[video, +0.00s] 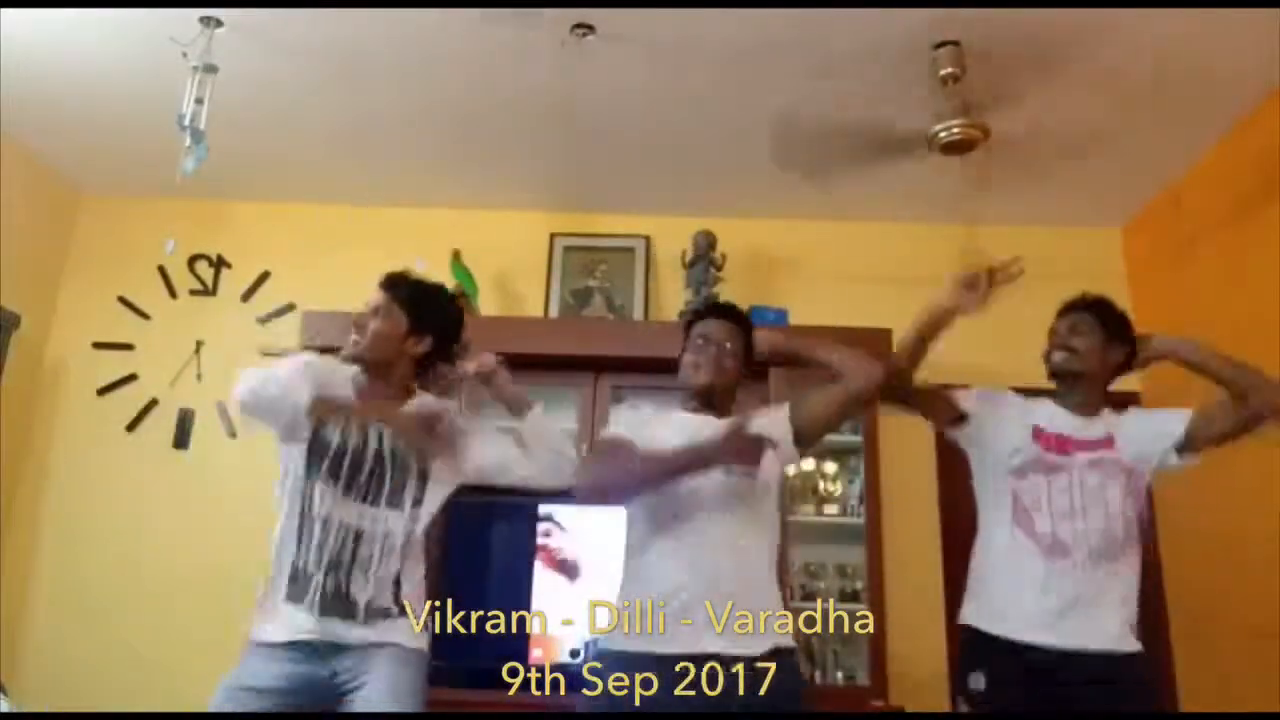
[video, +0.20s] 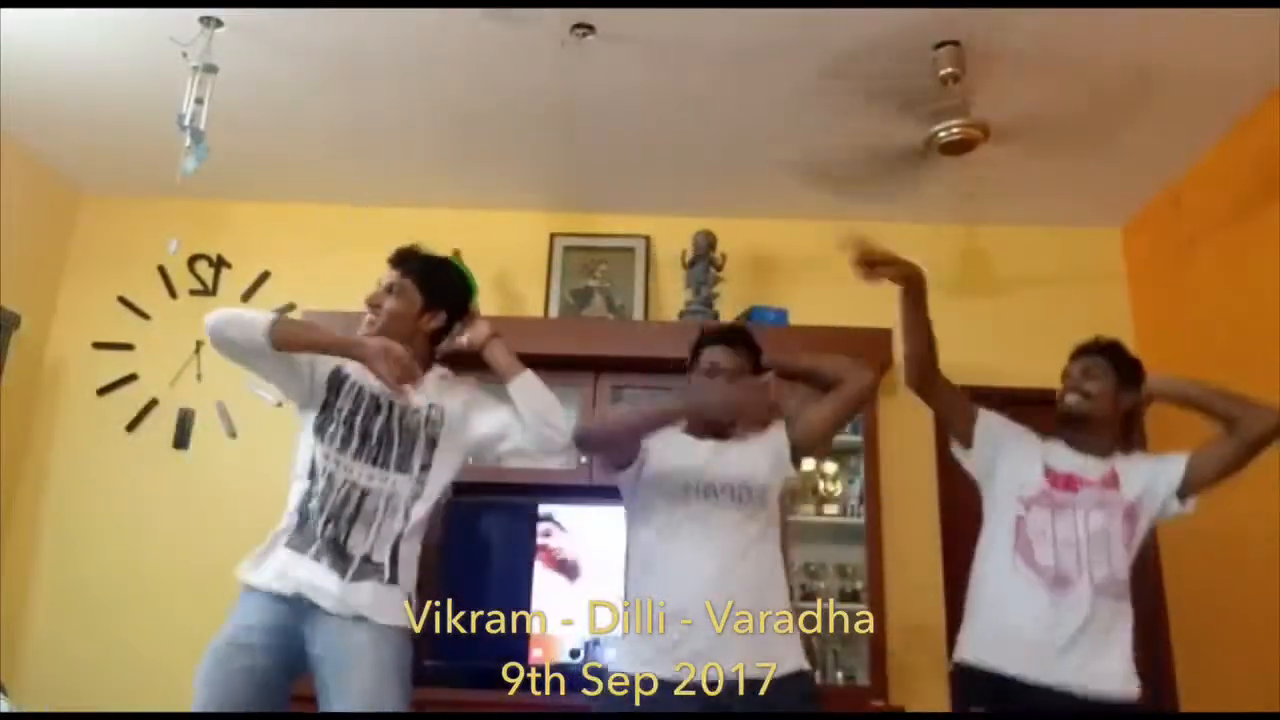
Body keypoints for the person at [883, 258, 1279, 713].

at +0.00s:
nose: (1059, 343)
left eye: (1078, 334)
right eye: (1055, 334)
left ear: (1116, 357)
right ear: (1045, 350)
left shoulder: (1139, 434)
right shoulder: (995, 415)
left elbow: (1262, 401)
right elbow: (889, 385)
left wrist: (1175, 349)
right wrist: (944, 312)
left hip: (1105, 661)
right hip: (1002, 654)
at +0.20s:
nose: (1074, 382)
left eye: (1093, 375)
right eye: (1068, 376)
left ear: (1129, 399)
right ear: (1057, 392)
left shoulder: (1144, 480)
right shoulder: (1008, 448)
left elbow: (1261, 424)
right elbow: (923, 379)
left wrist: (1163, 389)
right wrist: (912, 285)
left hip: (1097, 693)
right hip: (994, 680)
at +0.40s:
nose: (1083, 374)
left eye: (1103, 369)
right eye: (1078, 369)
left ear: (1135, 395)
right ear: (1068, 386)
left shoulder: (1148, 475)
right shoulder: (1010, 431)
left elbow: (1267, 428)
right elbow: (914, 359)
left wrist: (1174, 387)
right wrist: (924, 258)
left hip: (1103, 685)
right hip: (998, 671)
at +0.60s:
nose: (1092, 362)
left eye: (1112, 353)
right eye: (1086, 352)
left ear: (1145, 380)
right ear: (1075, 368)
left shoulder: (1159, 456)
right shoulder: (1022, 415)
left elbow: (1268, 433)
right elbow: (931, 356)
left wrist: (1178, 372)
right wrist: (900, 272)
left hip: (1119, 670)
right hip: (1016, 653)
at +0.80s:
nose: (1098, 382)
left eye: (1117, 377)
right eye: (1093, 376)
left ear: (1149, 409)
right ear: (1079, 395)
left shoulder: (1168, 483)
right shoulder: (1027, 449)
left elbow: (1275, 456)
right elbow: (931, 382)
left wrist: (1176, 399)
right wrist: (919, 288)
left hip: (1133, 700)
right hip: (1025, 688)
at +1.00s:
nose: (1095, 371)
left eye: (1114, 364)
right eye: (1090, 365)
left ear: (1150, 390)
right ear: (1081, 381)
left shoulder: (1167, 470)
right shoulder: (1028, 428)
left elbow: (1273, 433)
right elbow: (928, 360)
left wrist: (1189, 384)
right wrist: (892, 274)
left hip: (1136, 689)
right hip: (1029, 673)